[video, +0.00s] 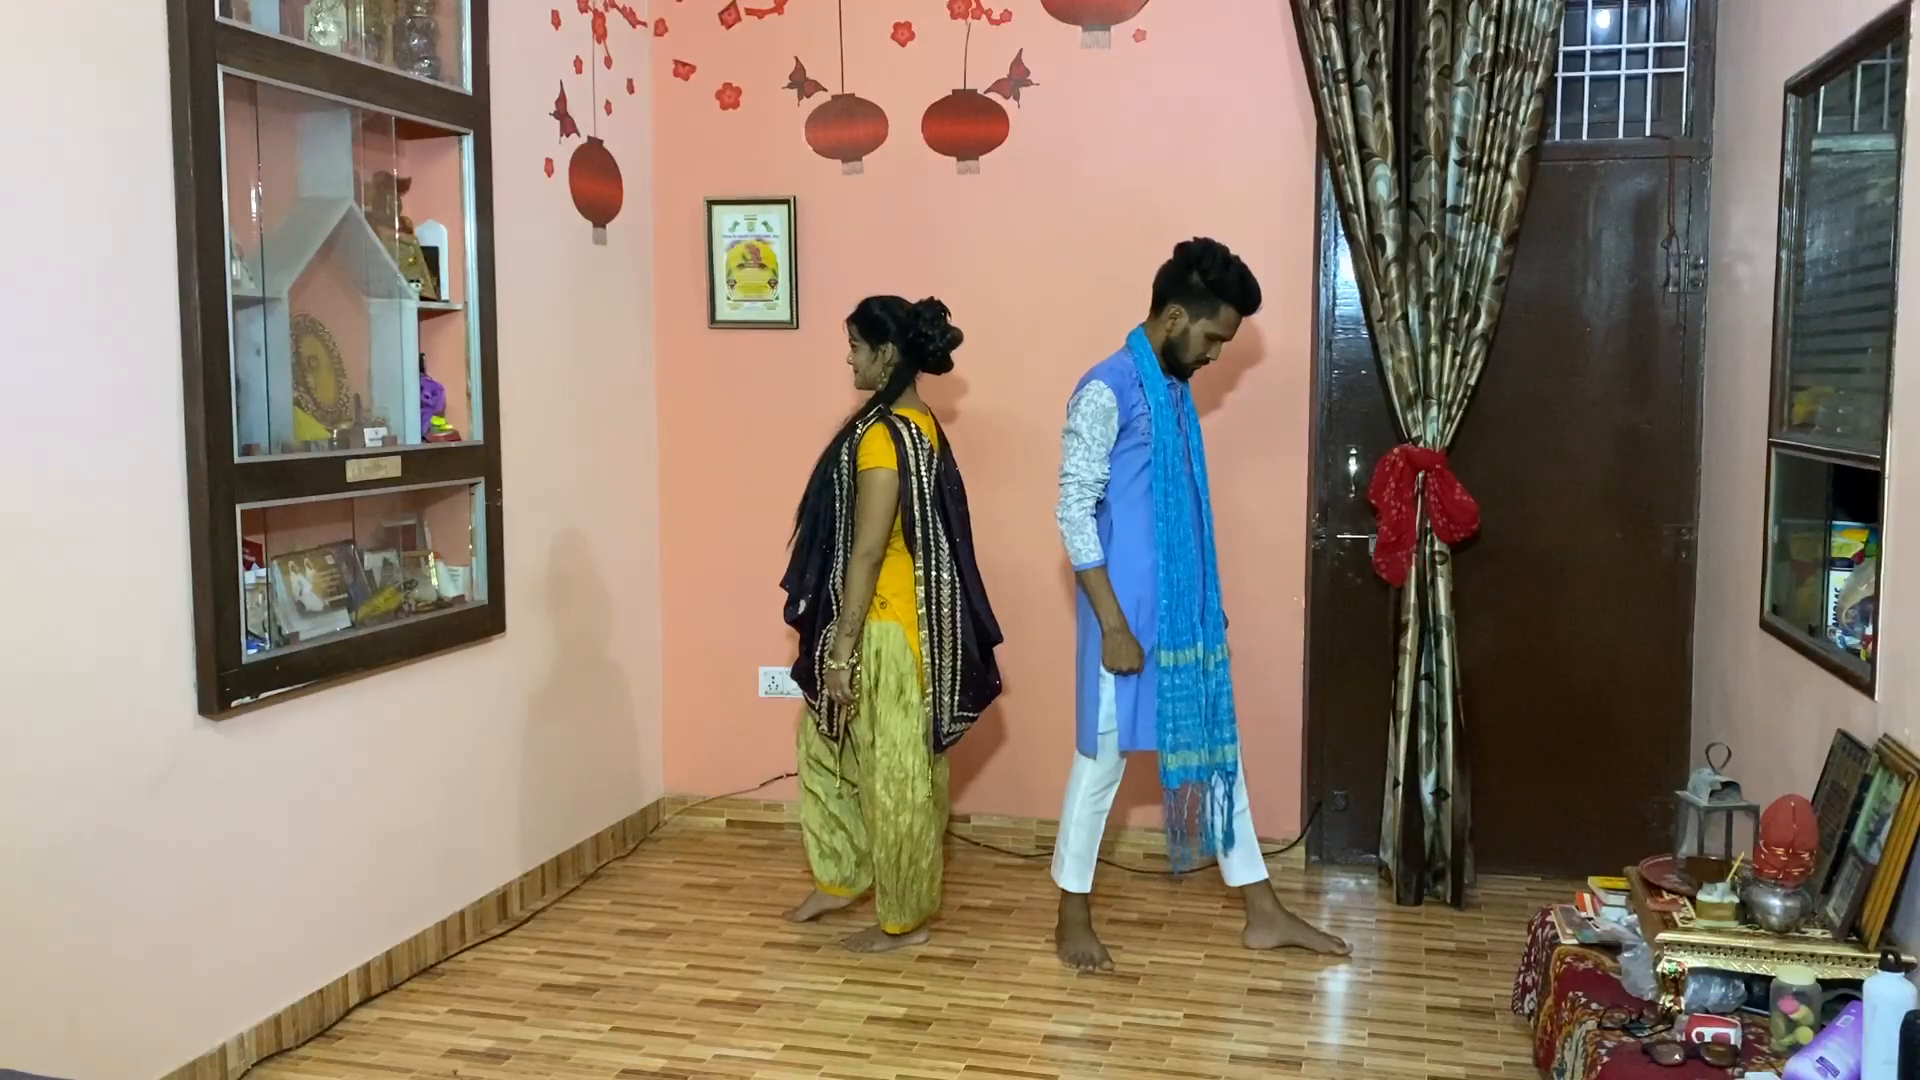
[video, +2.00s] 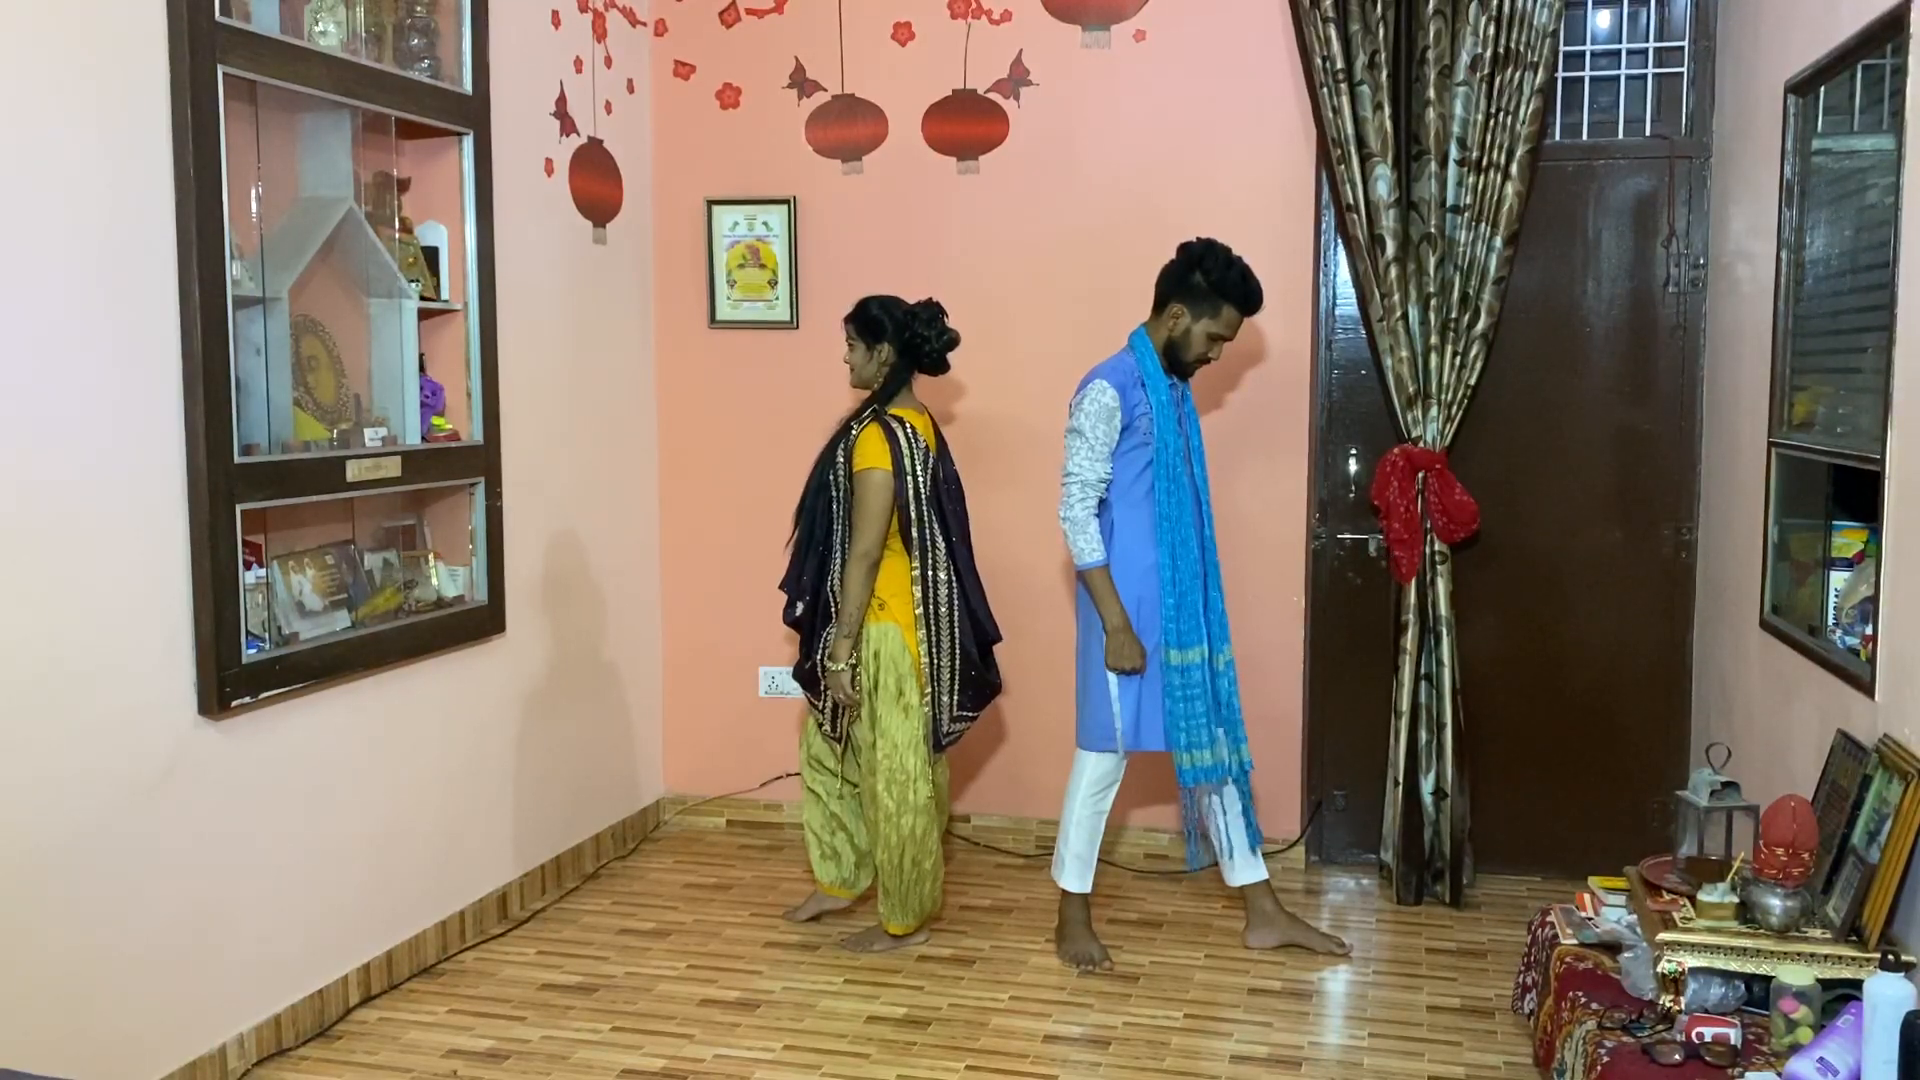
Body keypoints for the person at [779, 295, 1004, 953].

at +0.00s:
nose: (849, 359)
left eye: (858, 348)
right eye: (850, 347)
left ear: (891, 354)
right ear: (897, 355)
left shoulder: (884, 434)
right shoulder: (915, 425)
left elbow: (869, 550)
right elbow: (880, 547)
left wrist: (842, 647)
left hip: (888, 628)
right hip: (883, 619)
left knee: (896, 772)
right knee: (826, 747)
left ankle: (905, 915)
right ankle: (842, 875)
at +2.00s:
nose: (845, 359)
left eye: (854, 347)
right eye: (846, 346)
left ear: (885, 354)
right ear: (894, 354)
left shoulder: (879, 434)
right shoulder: (914, 424)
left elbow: (867, 550)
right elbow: (885, 546)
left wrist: (841, 645)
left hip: (885, 628)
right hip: (887, 618)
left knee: (897, 775)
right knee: (828, 752)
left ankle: (905, 915)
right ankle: (841, 879)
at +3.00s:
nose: (842, 359)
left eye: (850, 349)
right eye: (845, 348)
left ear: (880, 357)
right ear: (888, 358)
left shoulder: (877, 439)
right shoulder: (908, 426)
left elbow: (867, 558)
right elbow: (892, 552)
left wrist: (788, 618)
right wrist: (811, 614)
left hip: (880, 630)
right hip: (885, 623)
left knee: (889, 772)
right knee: (818, 745)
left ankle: (907, 915)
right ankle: (845, 880)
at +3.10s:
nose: (842, 374)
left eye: (849, 364)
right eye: (844, 363)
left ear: (878, 373)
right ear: (886, 374)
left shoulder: (884, 451)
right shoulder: (904, 437)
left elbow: (839, 548)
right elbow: (865, 511)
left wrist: (775, 519)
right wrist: (805, 499)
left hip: (883, 638)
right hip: (877, 629)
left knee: (883, 775)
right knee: (801, 742)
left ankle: (907, 917)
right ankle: (842, 884)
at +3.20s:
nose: (844, 371)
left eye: (852, 361)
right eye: (848, 360)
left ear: (880, 369)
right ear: (891, 372)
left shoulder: (890, 436)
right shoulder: (886, 432)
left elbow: (783, 423)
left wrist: (822, 408)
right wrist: (834, 414)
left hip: (879, 633)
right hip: (847, 628)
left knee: (879, 776)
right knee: (809, 763)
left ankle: (909, 916)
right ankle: (844, 890)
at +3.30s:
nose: (840, 333)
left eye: (848, 322)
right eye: (842, 323)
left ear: (873, 332)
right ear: (895, 335)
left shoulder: (874, 390)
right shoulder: (905, 400)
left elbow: (810, 313)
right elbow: (882, 317)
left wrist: (761, 257)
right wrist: (843, 266)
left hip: (865, 601)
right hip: (849, 598)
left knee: (882, 752)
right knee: (825, 739)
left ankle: (903, 908)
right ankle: (837, 868)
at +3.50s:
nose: (827, 330)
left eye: (835, 320)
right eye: (829, 320)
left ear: (864, 332)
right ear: (883, 334)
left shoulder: (868, 388)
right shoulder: (892, 382)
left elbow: (820, 342)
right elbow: (886, 306)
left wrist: (774, 278)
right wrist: (878, 229)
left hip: (871, 591)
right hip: (848, 586)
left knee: (879, 742)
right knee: (822, 723)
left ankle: (918, 895)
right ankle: (810, 855)